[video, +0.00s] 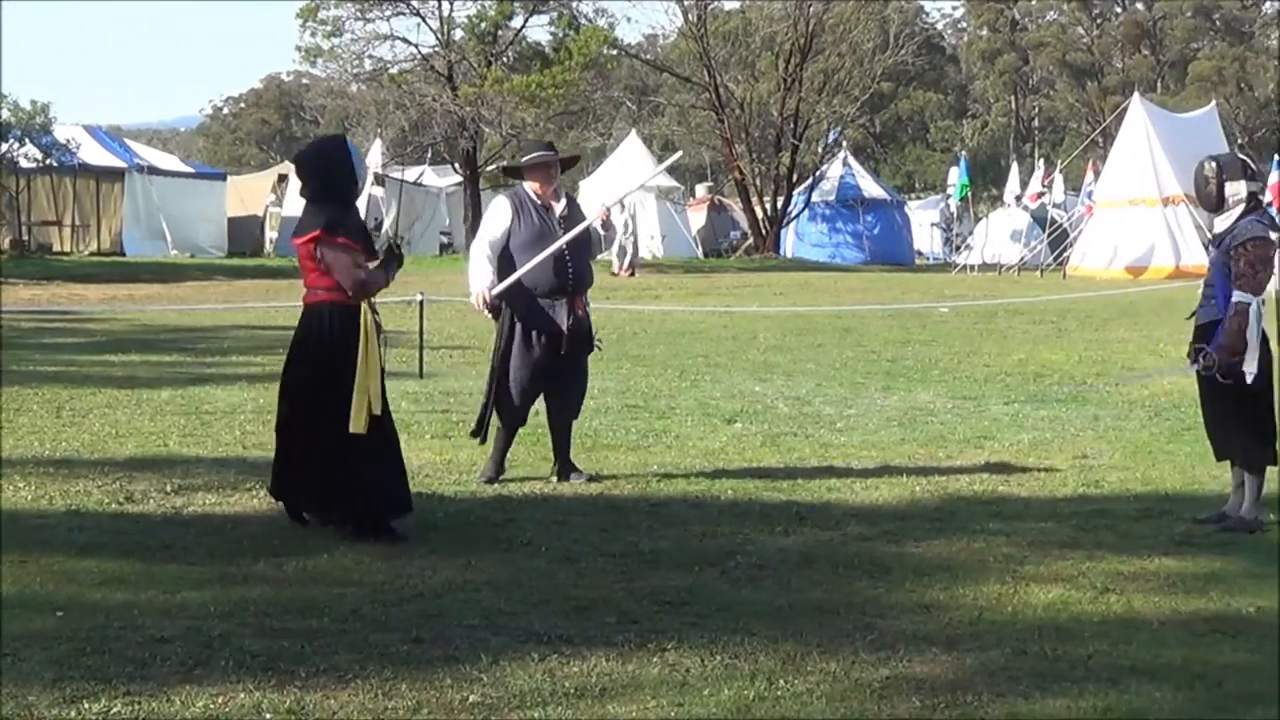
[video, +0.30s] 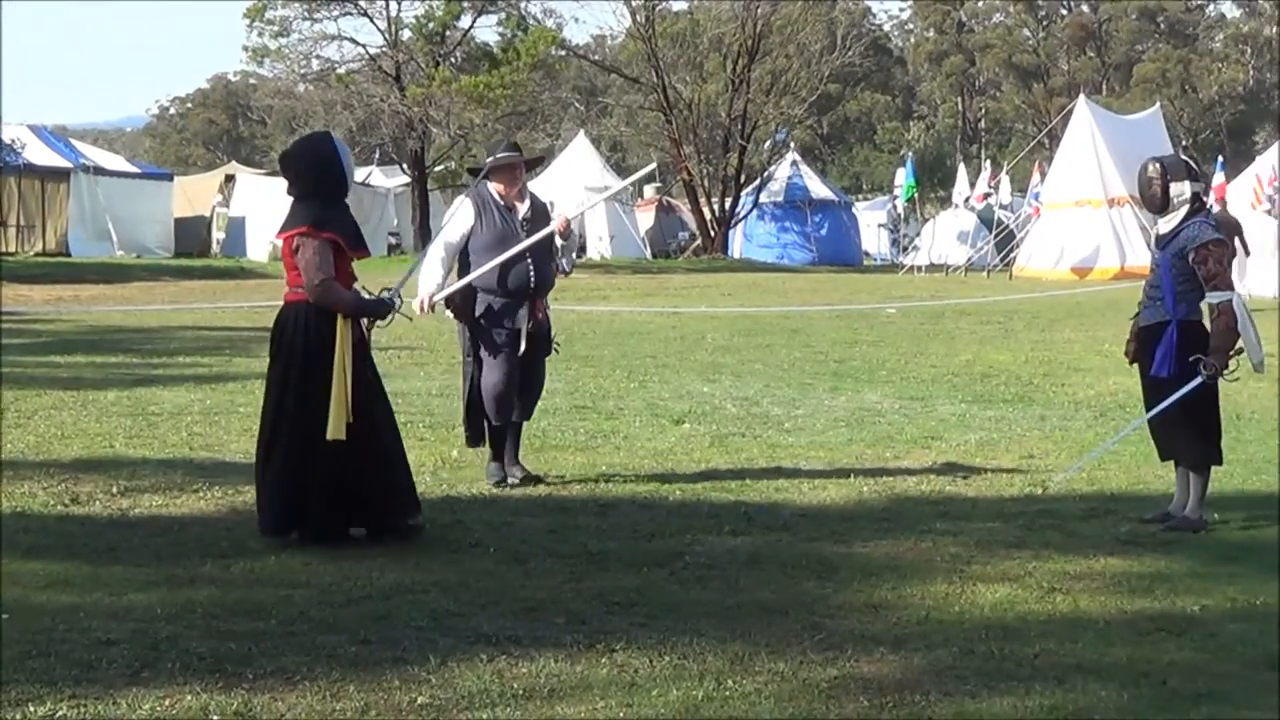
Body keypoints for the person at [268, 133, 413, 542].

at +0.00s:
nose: (358, 174)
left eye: (354, 167)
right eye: (353, 167)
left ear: (312, 178)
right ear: (340, 175)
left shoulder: (322, 218)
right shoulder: (328, 222)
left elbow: (347, 273)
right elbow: (356, 283)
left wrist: (377, 263)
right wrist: (387, 270)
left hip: (324, 317)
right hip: (338, 321)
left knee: (320, 410)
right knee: (350, 413)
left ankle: (305, 494)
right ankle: (364, 512)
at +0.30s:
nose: (348, 176)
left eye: (345, 168)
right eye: (343, 169)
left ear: (302, 177)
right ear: (328, 174)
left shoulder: (317, 219)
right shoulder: (312, 223)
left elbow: (326, 283)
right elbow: (319, 286)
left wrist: (363, 302)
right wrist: (367, 305)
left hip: (322, 323)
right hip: (315, 326)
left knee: (334, 418)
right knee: (325, 419)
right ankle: (323, 518)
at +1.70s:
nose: (355, 177)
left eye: (354, 169)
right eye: (351, 170)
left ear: (295, 175)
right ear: (340, 176)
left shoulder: (276, 226)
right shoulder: (338, 230)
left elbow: (282, 282)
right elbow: (358, 304)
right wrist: (374, 338)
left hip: (279, 332)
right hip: (326, 337)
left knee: (284, 433)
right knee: (342, 435)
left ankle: (276, 534)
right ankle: (348, 545)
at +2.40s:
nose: (307, 183)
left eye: (304, 175)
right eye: (303, 175)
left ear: (248, 176)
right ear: (293, 180)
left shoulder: (229, 227)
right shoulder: (291, 234)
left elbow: (245, 280)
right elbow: (313, 303)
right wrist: (333, 341)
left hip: (242, 335)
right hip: (287, 341)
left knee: (246, 437)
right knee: (300, 438)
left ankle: (244, 543)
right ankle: (310, 544)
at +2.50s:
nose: (307, 182)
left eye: (305, 173)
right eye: (304, 175)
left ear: (247, 174)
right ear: (292, 181)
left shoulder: (228, 223)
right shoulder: (290, 235)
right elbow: (314, 305)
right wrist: (335, 342)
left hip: (244, 335)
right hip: (289, 341)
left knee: (245, 438)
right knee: (300, 441)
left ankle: (241, 543)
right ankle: (307, 545)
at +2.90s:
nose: (306, 180)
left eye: (303, 172)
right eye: (302, 174)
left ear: (246, 178)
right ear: (294, 182)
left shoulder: (230, 227)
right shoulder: (290, 236)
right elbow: (316, 303)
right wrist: (338, 343)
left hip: (247, 336)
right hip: (291, 342)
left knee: (247, 438)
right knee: (302, 440)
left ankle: (241, 540)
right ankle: (304, 544)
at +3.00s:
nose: (307, 178)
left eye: (304, 170)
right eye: (302, 171)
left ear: (247, 176)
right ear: (291, 179)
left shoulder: (229, 227)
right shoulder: (291, 235)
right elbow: (317, 305)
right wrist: (339, 344)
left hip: (247, 337)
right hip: (291, 343)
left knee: (247, 439)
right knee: (305, 441)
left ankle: (242, 541)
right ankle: (310, 546)